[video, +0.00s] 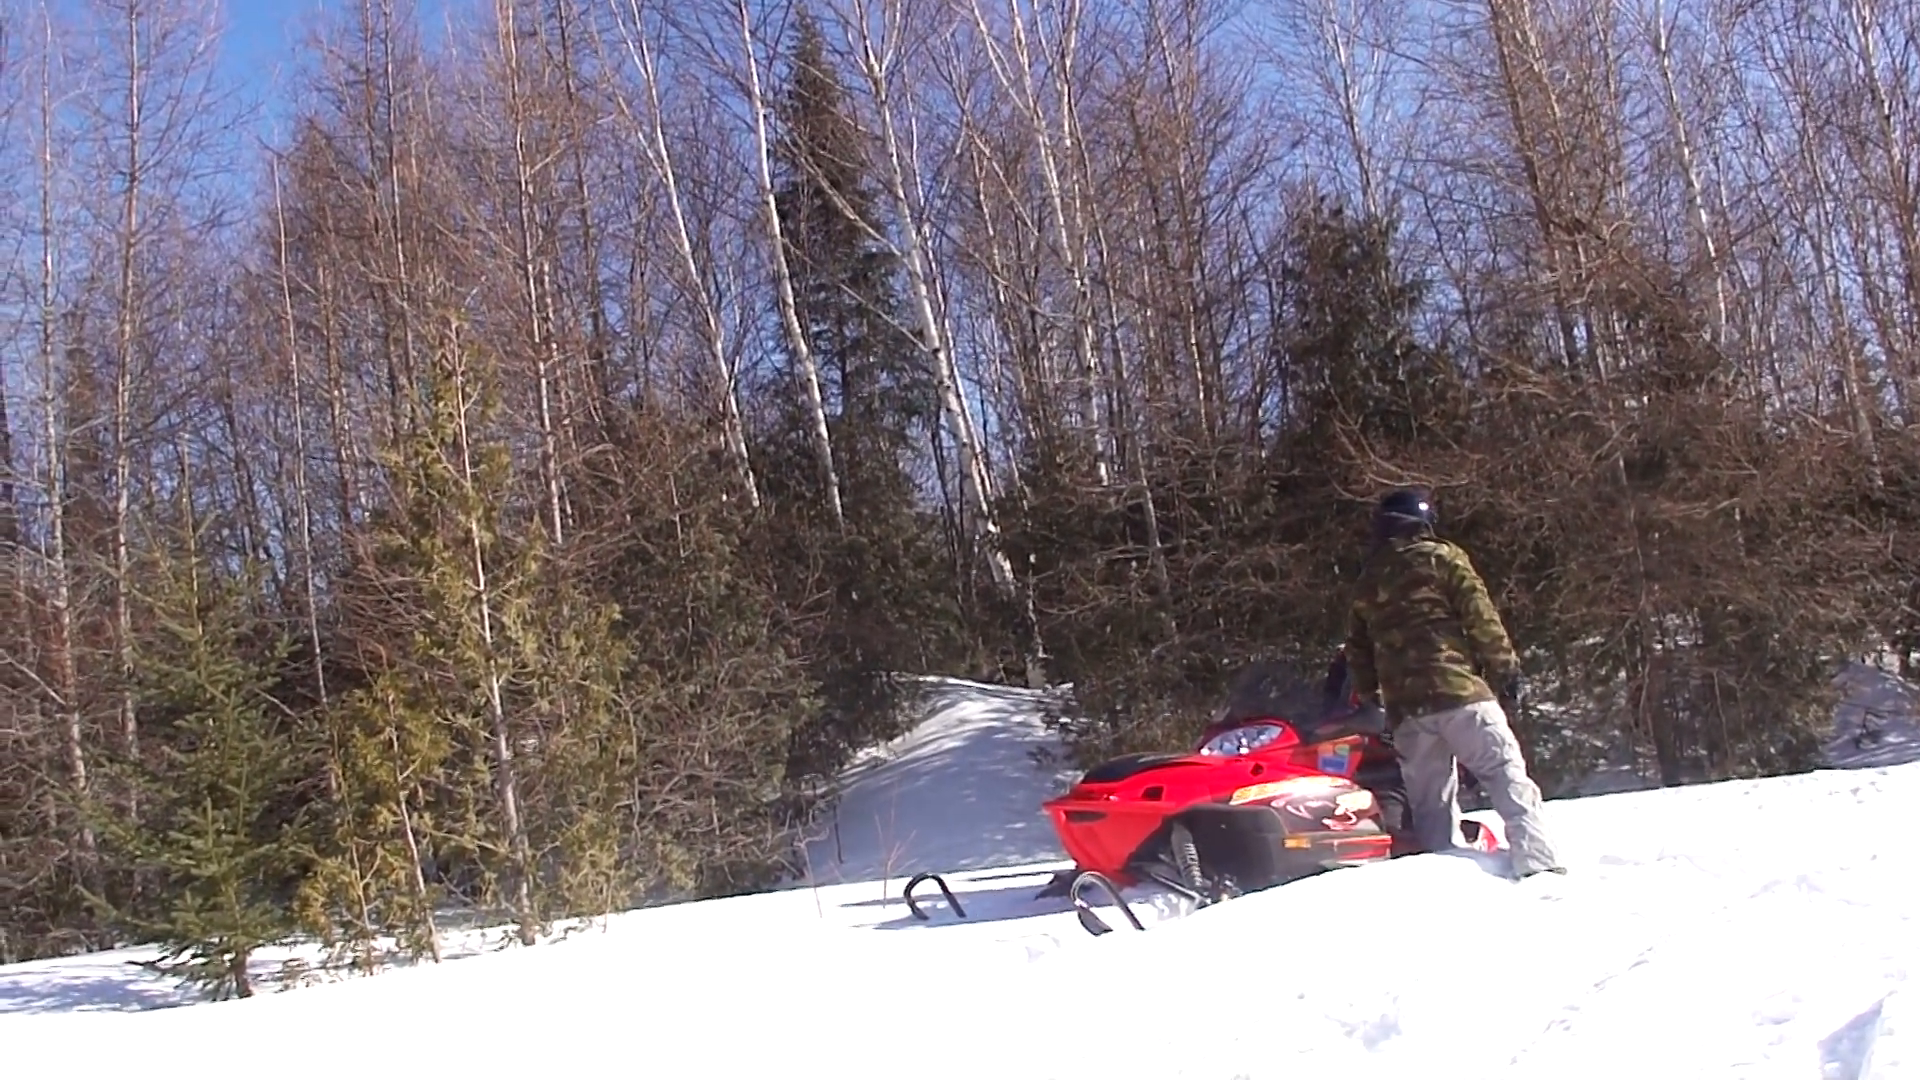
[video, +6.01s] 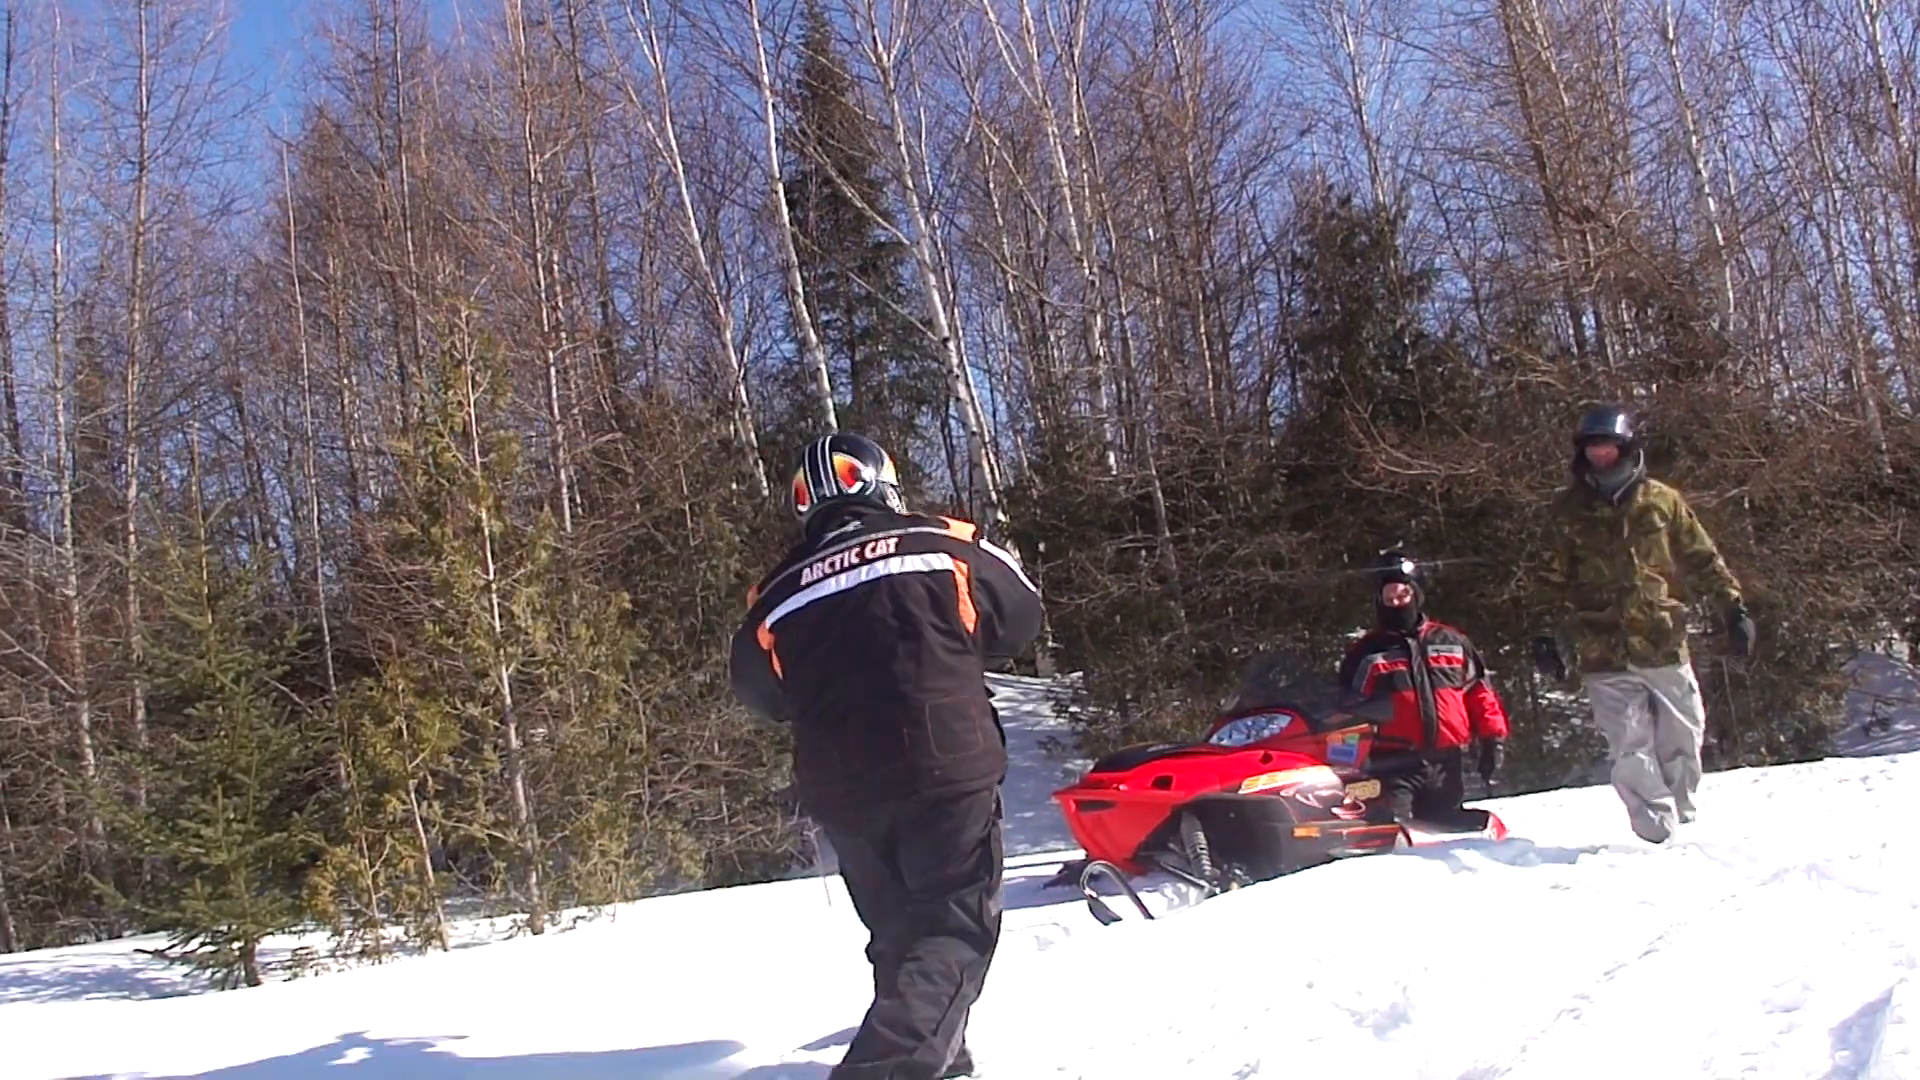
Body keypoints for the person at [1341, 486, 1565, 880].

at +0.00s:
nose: (1433, 524)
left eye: (1429, 519)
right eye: (1430, 518)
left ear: (1383, 525)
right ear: (1423, 520)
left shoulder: (1368, 577)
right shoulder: (1443, 556)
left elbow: (1358, 647)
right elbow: (1479, 616)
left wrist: (1370, 693)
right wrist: (1507, 669)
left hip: (1405, 705)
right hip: (1460, 693)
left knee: (1430, 803)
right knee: (1504, 771)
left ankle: (1439, 882)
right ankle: (1534, 860)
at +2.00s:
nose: (1442, 516)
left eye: (1438, 511)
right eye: (1437, 509)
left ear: (1390, 516)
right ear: (1429, 511)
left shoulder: (1375, 567)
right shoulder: (1449, 544)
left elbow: (1365, 636)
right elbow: (1492, 609)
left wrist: (1398, 660)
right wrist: (1507, 647)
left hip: (1419, 698)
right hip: (1472, 684)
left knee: (1442, 802)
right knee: (1517, 762)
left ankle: (1451, 878)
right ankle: (1546, 854)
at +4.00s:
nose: (1504, 566)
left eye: (1510, 560)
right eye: (1508, 555)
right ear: (1497, 536)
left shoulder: (1421, 551)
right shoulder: (1461, 542)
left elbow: (1409, 623)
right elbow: (1473, 606)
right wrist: (1505, 657)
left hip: (1412, 686)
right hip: (1456, 675)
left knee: (1450, 789)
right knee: (1527, 753)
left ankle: (1459, 868)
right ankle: (1548, 853)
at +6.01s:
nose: (1601, 455)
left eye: (1609, 446)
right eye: (1593, 447)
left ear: (1628, 448)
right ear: (1581, 451)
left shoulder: (1661, 500)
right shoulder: (1565, 512)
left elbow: (1701, 560)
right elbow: (1546, 582)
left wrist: (1732, 605)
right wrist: (1544, 635)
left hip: (1664, 645)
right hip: (1603, 654)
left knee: (1684, 736)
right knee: (1630, 746)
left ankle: (1684, 812)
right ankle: (1656, 828)